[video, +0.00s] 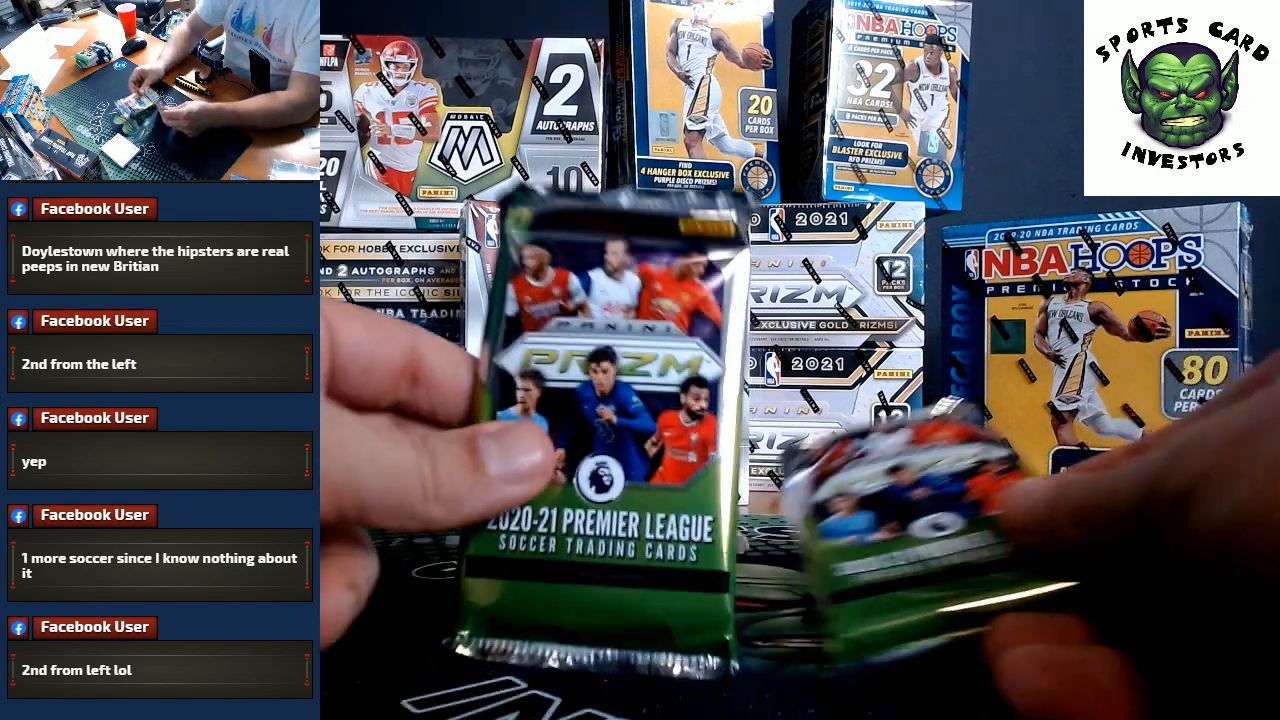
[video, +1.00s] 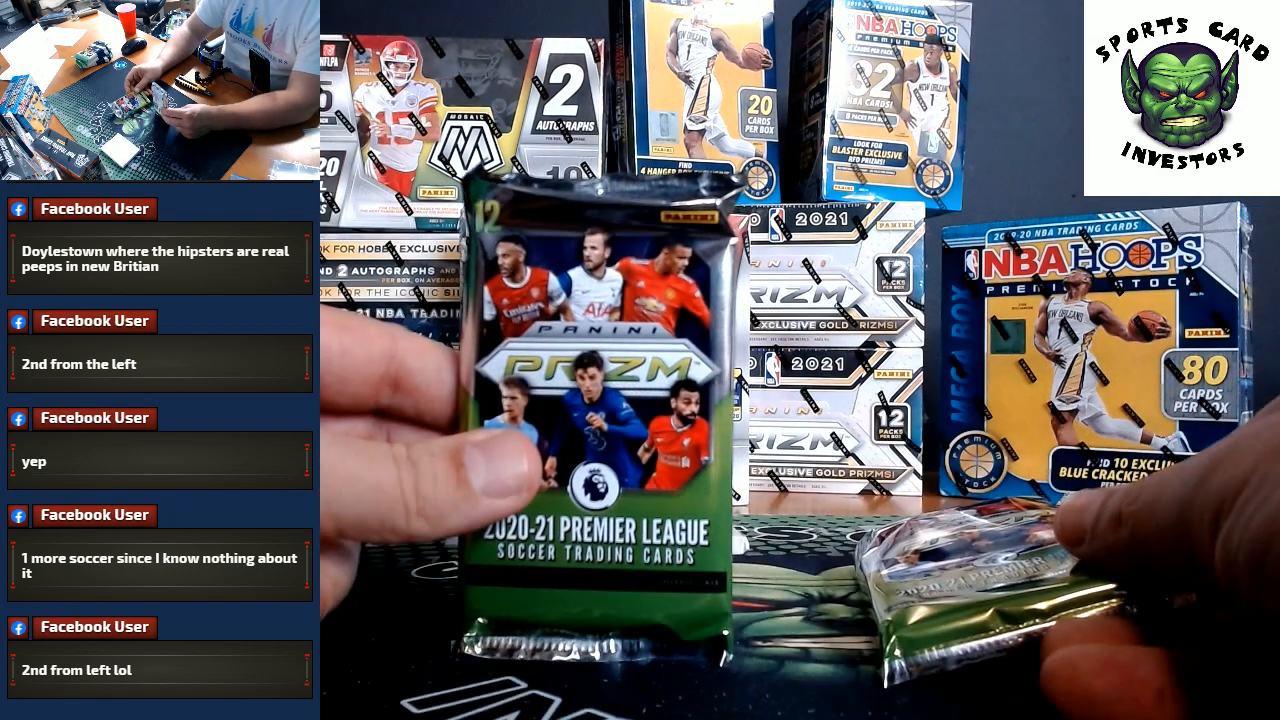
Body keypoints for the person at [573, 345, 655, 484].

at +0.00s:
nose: (599, 378)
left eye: (605, 372)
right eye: (595, 372)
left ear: (614, 372)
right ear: (589, 373)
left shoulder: (624, 392)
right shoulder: (583, 392)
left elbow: (649, 426)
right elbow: (573, 421)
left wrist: (617, 420)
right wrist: (562, 447)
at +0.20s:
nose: (593, 374)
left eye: (598, 367)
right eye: (588, 368)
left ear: (609, 366)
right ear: (582, 369)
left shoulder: (618, 389)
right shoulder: (576, 389)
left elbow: (644, 424)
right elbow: (566, 418)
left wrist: (611, 418)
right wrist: (555, 443)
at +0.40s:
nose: (591, 380)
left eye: (596, 373)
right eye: (586, 373)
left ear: (606, 372)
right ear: (580, 374)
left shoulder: (616, 394)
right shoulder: (575, 395)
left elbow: (643, 427)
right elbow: (566, 423)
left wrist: (610, 423)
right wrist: (555, 450)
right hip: (594, 461)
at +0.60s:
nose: (585, 381)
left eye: (590, 375)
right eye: (580, 375)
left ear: (600, 373)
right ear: (574, 376)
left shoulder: (611, 395)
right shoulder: (569, 397)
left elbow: (638, 428)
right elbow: (562, 425)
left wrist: (605, 425)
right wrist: (551, 452)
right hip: (590, 463)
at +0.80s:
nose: (586, 384)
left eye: (591, 377)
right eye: (581, 378)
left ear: (601, 375)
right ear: (575, 379)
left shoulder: (612, 398)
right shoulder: (569, 400)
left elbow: (640, 431)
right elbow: (561, 428)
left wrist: (607, 427)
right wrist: (552, 455)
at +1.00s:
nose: (587, 384)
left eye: (592, 378)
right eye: (582, 378)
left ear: (602, 376)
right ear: (576, 379)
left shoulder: (613, 399)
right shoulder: (571, 401)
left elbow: (641, 432)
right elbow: (562, 428)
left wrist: (608, 428)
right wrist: (553, 455)